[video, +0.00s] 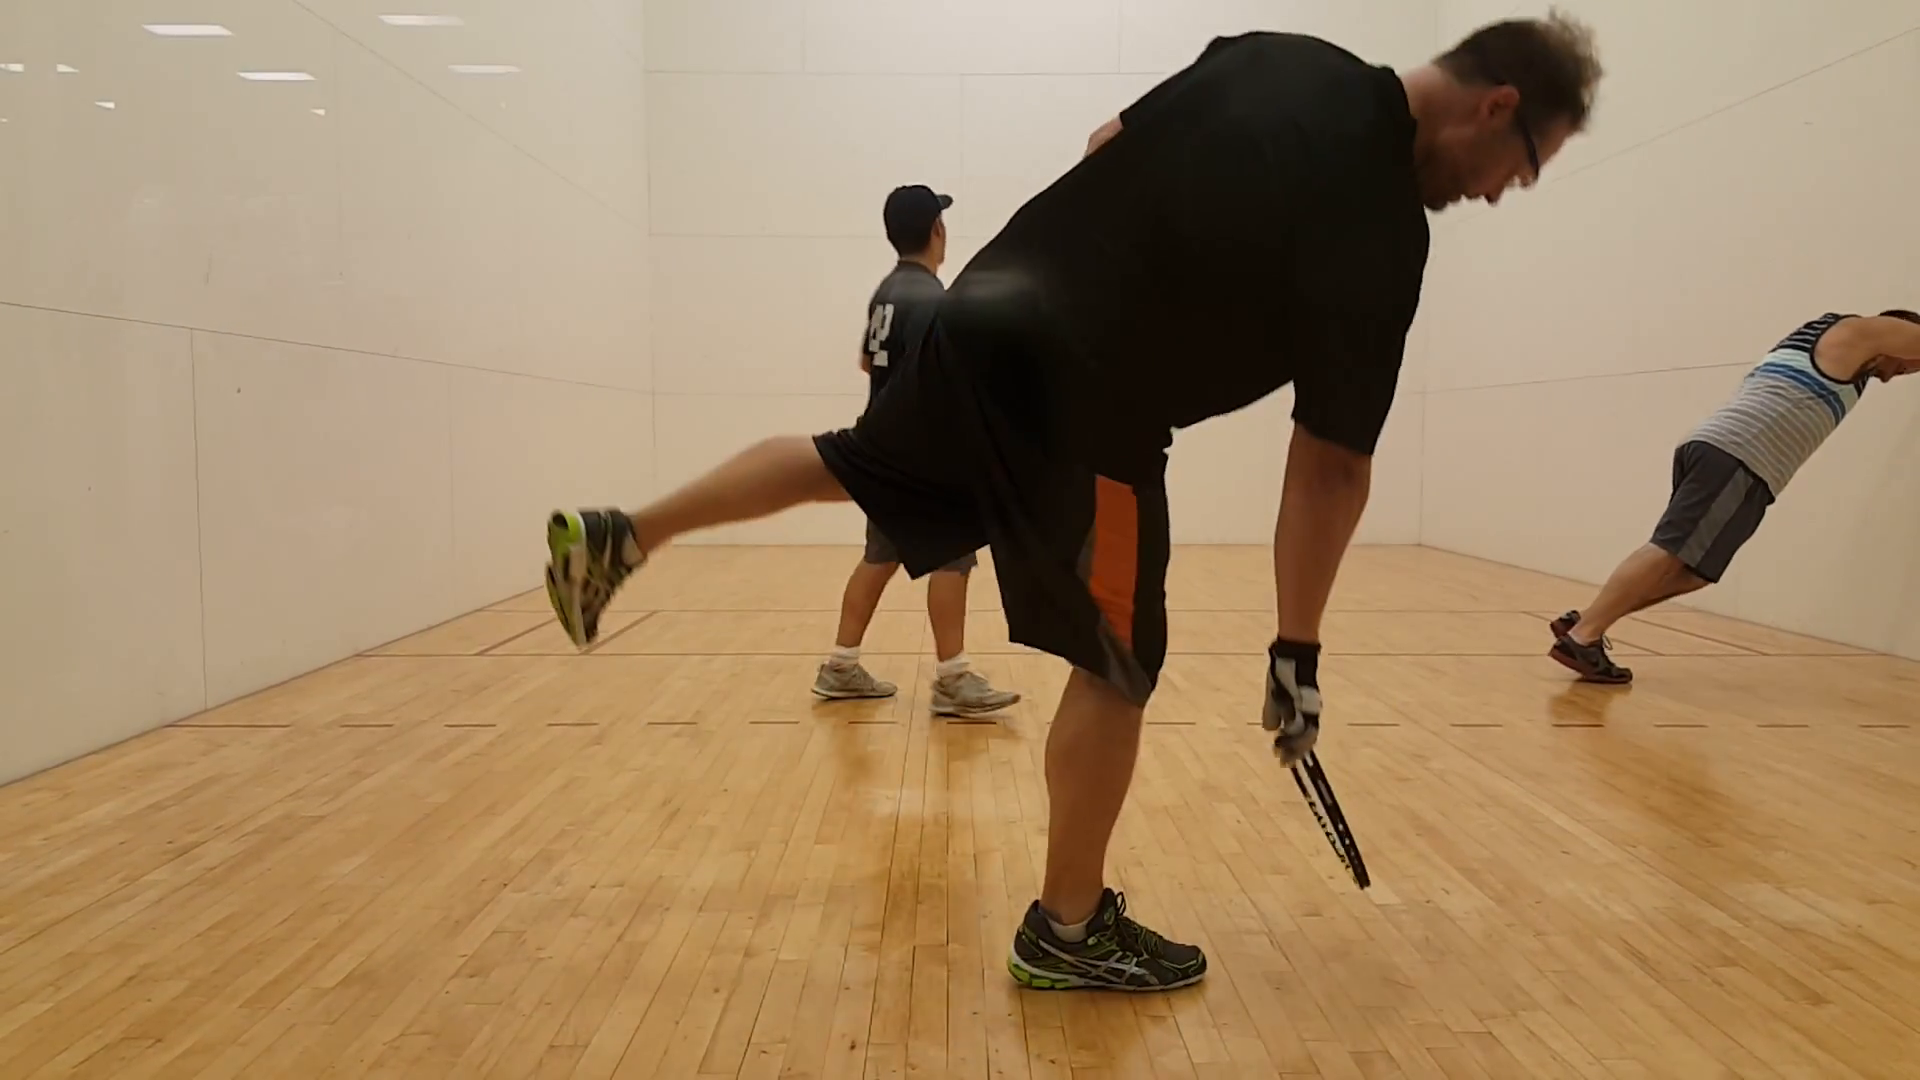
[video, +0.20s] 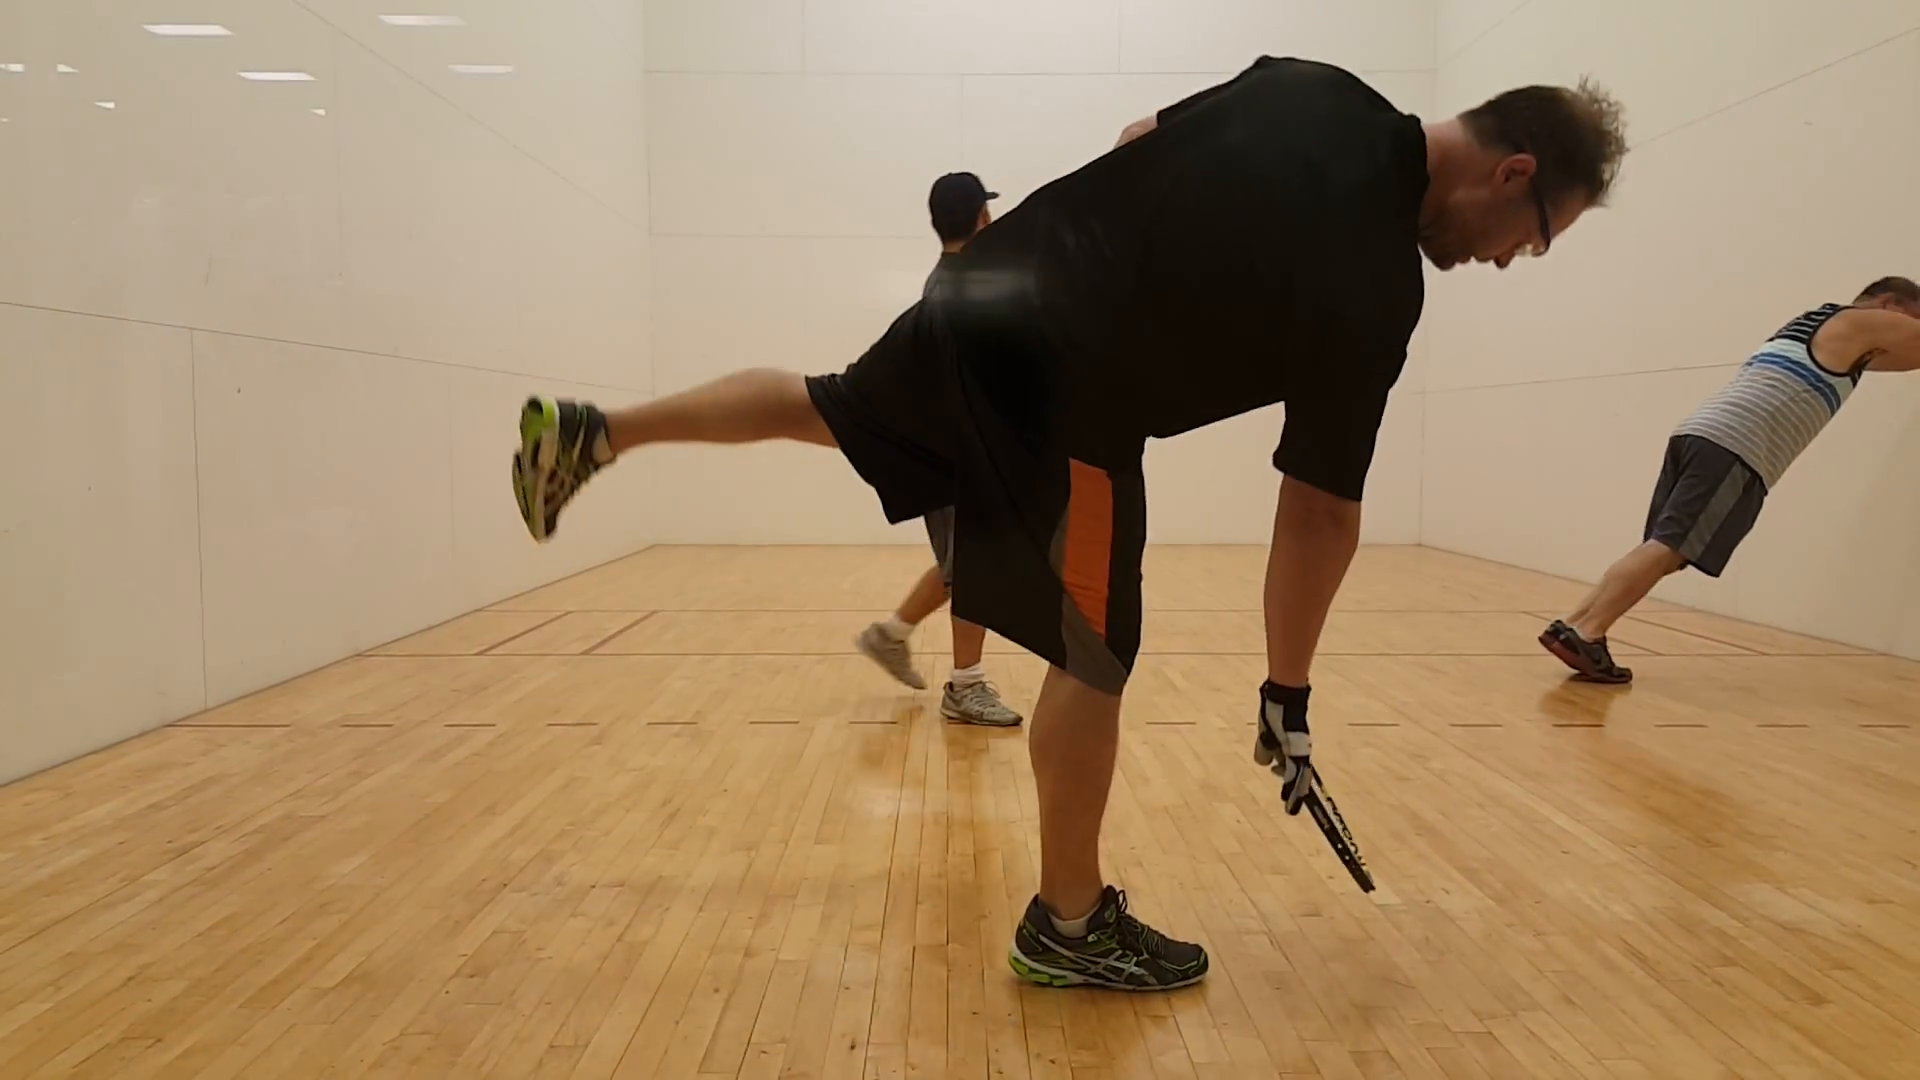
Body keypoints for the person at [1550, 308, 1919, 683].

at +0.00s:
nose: (1900, 375)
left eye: (1908, 368)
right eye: (1907, 363)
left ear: (1891, 340)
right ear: (1895, 337)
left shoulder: (1825, 343)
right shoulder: (1851, 334)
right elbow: (1917, 336)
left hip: (1738, 464)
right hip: (1734, 459)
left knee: (1698, 570)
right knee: (1672, 552)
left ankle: (1587, 620)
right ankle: (1583, 637)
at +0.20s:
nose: (1903, 335)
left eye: (1905, 327)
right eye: (1905, 325)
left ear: (1875, 301)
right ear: (1888, 305)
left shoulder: (1812, 325)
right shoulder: (1854, 325)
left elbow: (1906, 356)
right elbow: (1917, 347)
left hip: (1698, 436)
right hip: (1731, 451)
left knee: (1659, 548)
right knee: (1668, 551)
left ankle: (1582, 629)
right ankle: (1582, 631)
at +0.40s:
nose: (1904, 314)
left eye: (1906, 306)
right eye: (1899, 302)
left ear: (1856, 299)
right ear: (1859, 293)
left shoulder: (1814, 327)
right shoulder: (1852, 328)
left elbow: (1911, 353)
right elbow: (1919, 341)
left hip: (1685, 434)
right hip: (1725, 452)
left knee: (1644, 543)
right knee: (1684, 555)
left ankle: (1567, 628)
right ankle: (1593, 633)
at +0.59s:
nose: (1895, 321)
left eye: (1895, 312)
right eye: (1887, 309)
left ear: (1844, 315)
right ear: (1846, 308)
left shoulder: (1807, 342)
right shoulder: (1845, 343)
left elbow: (1908, 358)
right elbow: (1917, 348)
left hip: (1670, 447)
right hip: (1717, 464)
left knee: (1623, 546)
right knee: (1739, 568)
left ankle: (1558, 639)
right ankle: (1630, 625)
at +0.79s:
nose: (1899, 319)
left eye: (1899, 310)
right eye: (1891, 307)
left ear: (1847, 313)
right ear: (1850, 307)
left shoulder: (1807, 338)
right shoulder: (1848, 342)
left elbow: (1907, 359)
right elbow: (1917, 348)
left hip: (1675, 443)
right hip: (1722, 463)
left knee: (1626, 546)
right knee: (1731, 570)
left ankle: (1559, 638)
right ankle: (1626, 625)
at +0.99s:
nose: (1902, 299)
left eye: (1903, 292)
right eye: (1893, 288)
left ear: (1851, 295)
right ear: (1852, 289)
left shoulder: (1811, 324)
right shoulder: (1853, 328)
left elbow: (1906, 354)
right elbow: (1917, 342)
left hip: (1684, 436)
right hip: (1728, 455)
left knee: (1637, 542)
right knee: (1697, 562)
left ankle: (1566, 629)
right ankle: (1600, 632)